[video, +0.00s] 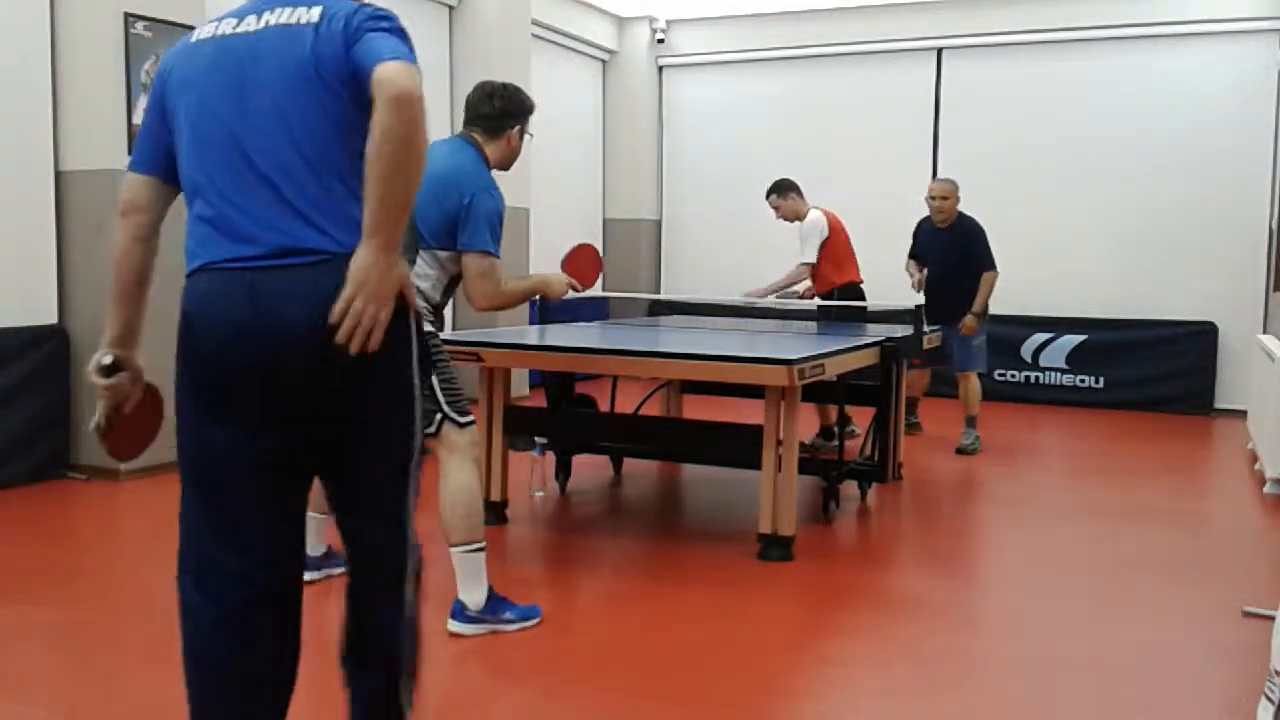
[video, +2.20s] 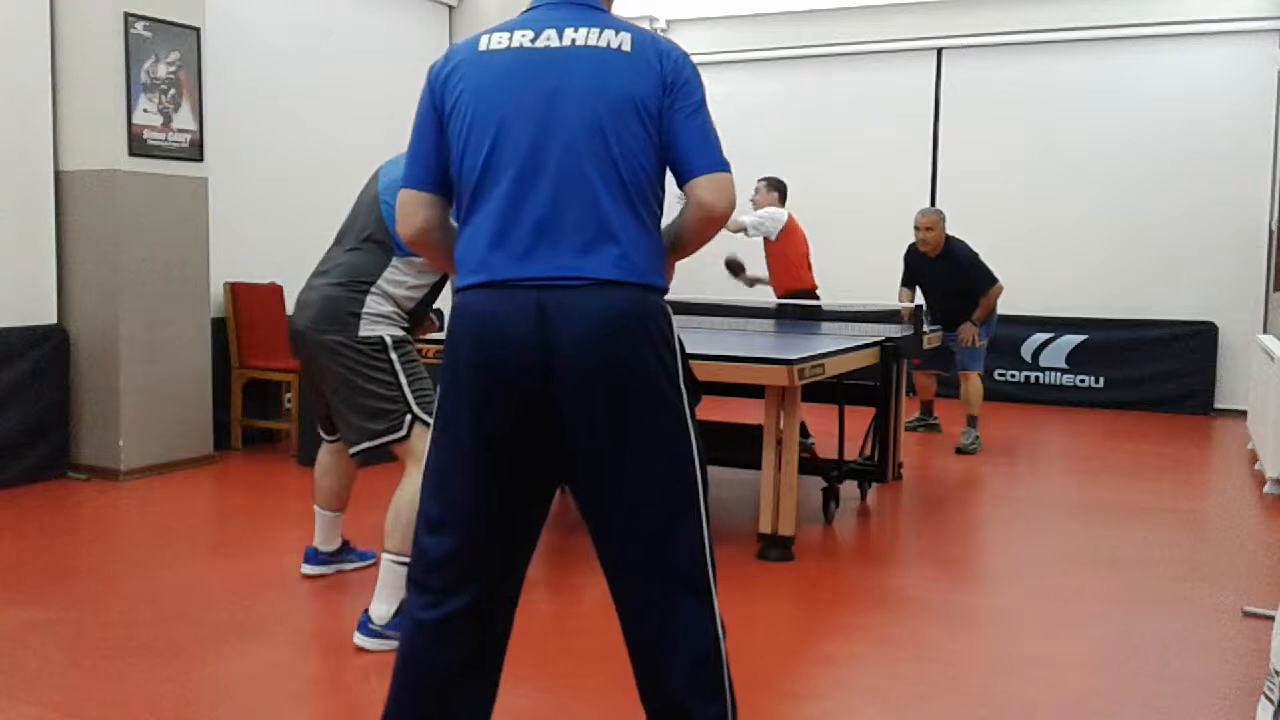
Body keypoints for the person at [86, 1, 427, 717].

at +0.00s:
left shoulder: (182, 56)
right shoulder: (358, 18)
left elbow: (136, 209)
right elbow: (400, 97)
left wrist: (118, 347)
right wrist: (381, 250)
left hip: (221, 313)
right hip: (350, 300)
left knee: (230, 558)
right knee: (380, 549)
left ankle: (230, 710)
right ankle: (381, 706)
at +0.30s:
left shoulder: (246, 46)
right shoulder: (444, 29)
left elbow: (184, 203)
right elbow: (518, 120)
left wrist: (162, 357)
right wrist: (483, 272)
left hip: (293, 341)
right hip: (426, 332)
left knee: (266, 598)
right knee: (464, 601)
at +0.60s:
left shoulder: (337, 33)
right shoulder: (542, 22)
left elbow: (286, 196)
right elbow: (617, 181)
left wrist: (280, 336)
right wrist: (582, 251)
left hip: (363, 323)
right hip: (502, 323)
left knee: (351, 584)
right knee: (520, 592)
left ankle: (331, 713)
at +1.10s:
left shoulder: (348, 57)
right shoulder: (536, 24)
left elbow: (309, 215)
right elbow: (591, 169)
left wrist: (374, 302)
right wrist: (564, 244)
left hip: (395, 329)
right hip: (526, 321)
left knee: (401, 591)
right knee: (601, 578)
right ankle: (609, 706)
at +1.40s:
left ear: (500, 2)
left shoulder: (441, 74)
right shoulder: (636, 50)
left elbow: (399, 234)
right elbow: (707, 183)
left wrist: (463, 293)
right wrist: (645, 250)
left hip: (482, 340)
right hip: (612, 337)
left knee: (445, 598)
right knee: (665, 591)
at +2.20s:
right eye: (621, 11)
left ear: (532, 2)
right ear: (607, 3)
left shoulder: (456, 64)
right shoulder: (658, 56)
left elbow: (417, 221)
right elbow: (714, 199)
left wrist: (487, 270)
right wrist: (657, 252)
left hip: (489, 331)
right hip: (617, 331)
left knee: (456, 579)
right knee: (663, 572)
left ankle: (423, 715)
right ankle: (695, 712)